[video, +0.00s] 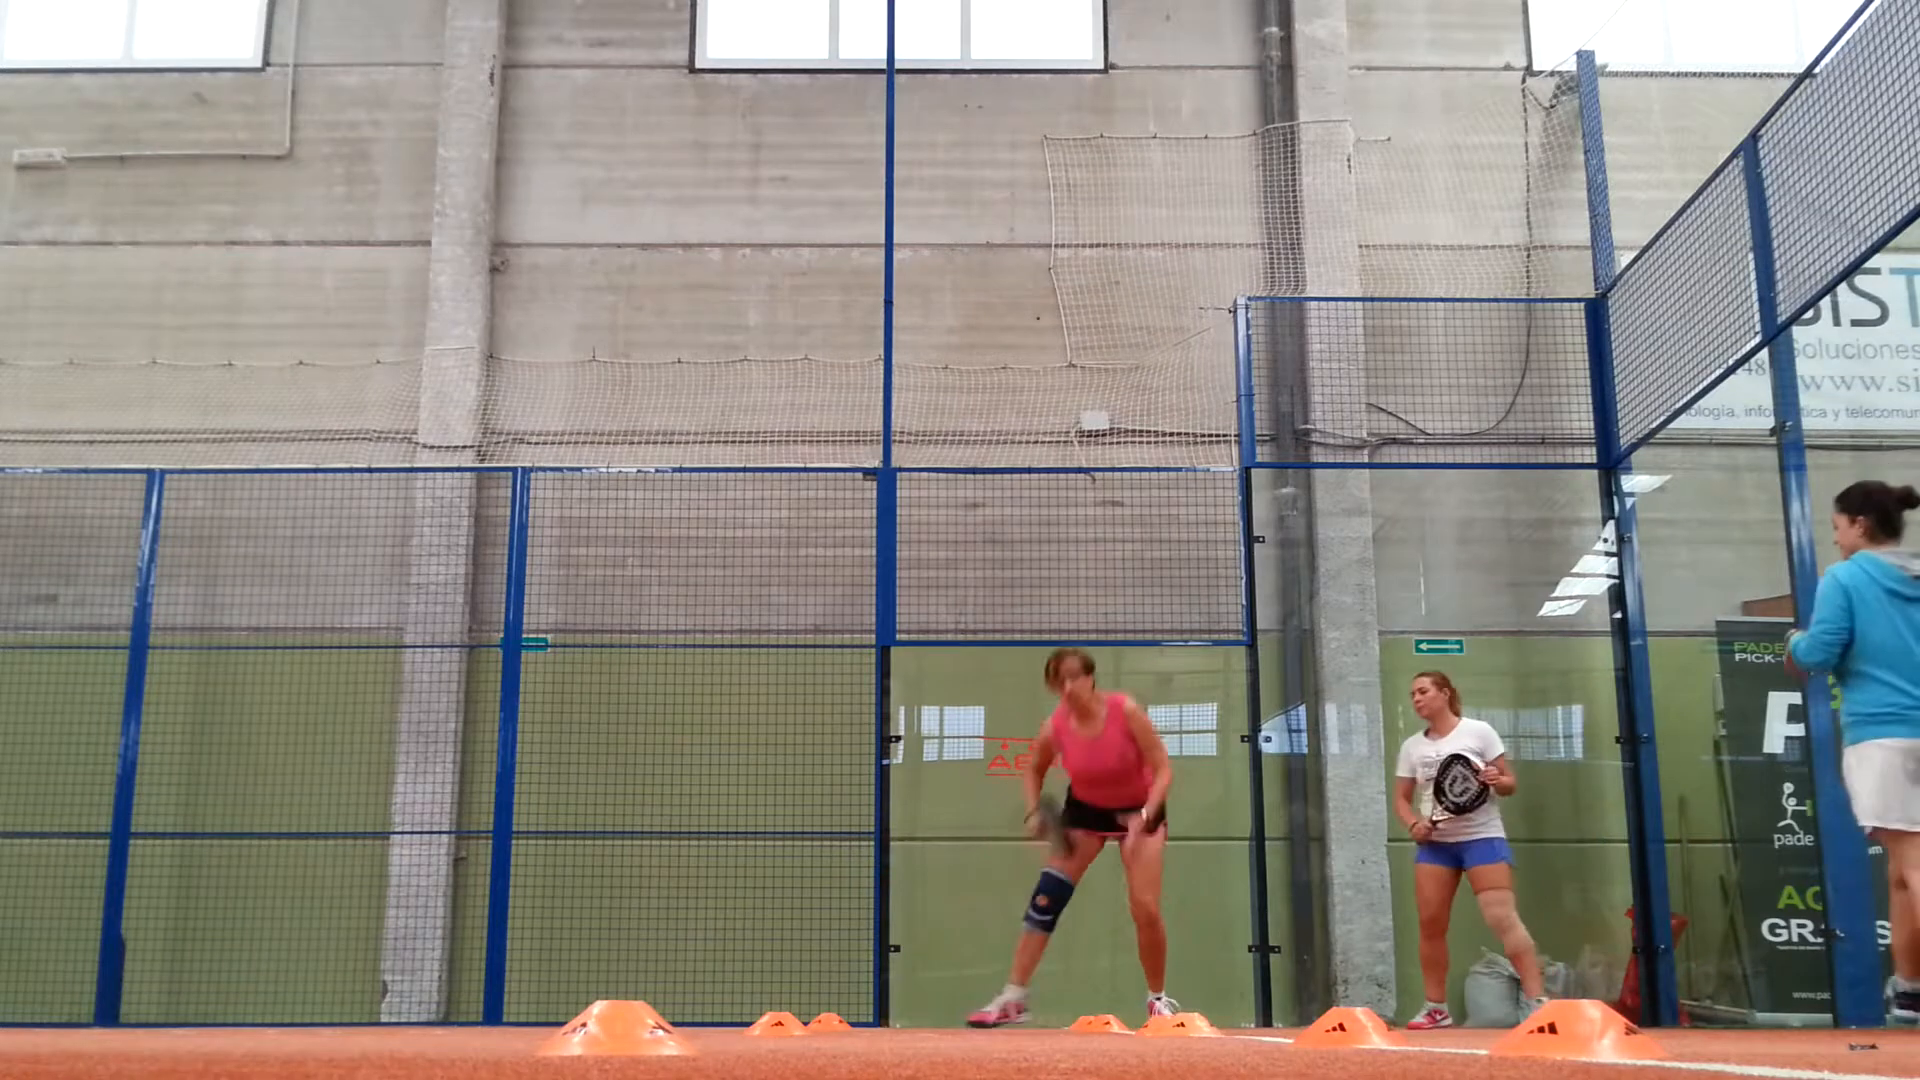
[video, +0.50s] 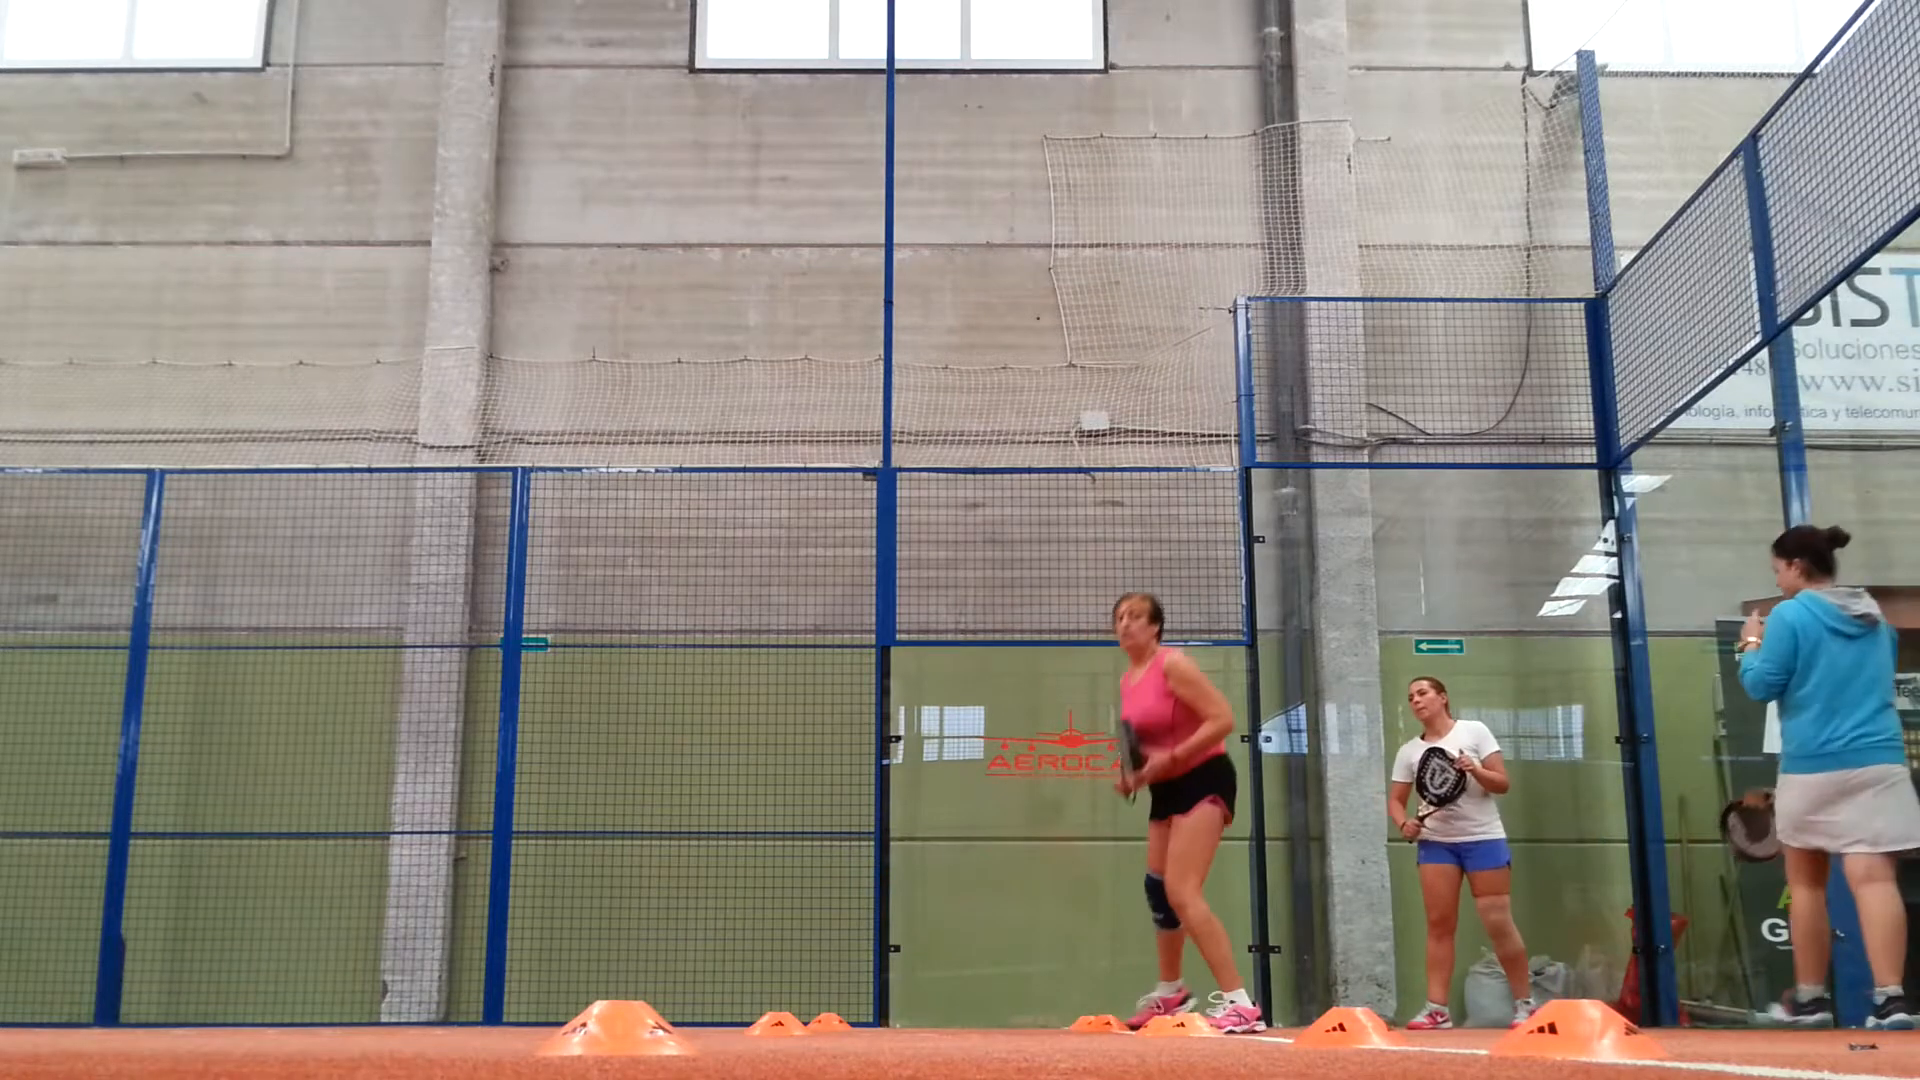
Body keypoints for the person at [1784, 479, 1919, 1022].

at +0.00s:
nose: (1835, 537)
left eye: (1837, 528)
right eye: (1834, 528)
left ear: (1859, 525)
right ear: (1883, 525)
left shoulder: (1846, 575)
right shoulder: (1911, 571)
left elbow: (1819, 656)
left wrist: (1792, 638)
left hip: (1886, 736)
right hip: (1914, 731)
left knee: (1907, 873)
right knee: (1904, 873)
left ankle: (1909, 990)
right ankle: (1907, 988)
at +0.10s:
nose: (1826, 547)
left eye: (1828, 538)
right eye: (1827, 539)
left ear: (1847, 539)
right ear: (1875, 540)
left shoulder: (1833, 591)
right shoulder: (1909, 586)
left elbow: (1817, 666)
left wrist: (1788, 659)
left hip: (1869, 746)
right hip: (1912, 742)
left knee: (1902, 871)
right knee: (1887, 875)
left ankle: (1909, 996)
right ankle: (1897, 999)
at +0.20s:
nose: (1816, 556)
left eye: (1818, 547)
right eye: (1818, 547)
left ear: (1835, 548)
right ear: (1867, 548)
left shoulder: (1822, 599)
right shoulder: (1907, 598)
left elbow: (1811, 672)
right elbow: (1905, 666)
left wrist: (1779, 668)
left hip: (1855, 759)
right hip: (1911, 755)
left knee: (1858, 874)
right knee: (1894, 878)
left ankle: (1917, 961)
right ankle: (1893, 1003)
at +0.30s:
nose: (1804, 560)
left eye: (1806, 551)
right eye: (1805, 551)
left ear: (1822, 551)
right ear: (1858, 550)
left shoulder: (1810, 602)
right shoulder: (1901, 603)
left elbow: (1798, 674)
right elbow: (1914, 673)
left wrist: (1768, 667)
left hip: (1842, 762)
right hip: (1906, 755)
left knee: (1823, 875)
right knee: (1892, 879)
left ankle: (1888, 939)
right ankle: (1897, 1004)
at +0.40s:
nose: (1789, 569)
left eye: (1791, 560)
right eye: (1789, 560)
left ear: (1808, 557)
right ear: (1844, 557)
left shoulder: (1799, 605)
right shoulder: (1895, 612)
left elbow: (1780, 678)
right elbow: (1911, 686)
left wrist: (1759, 655)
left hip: (1828, 759)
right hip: (1898, 753)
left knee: (1809, 868)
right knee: (1886, 875)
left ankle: (1850, 962)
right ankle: (1894, 1001)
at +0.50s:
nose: (1775, 578)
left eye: (1777, 570)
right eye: (1775, 570)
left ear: (1796, 567)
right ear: (1824, 567)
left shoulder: (1790, 614)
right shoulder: (1874, 616)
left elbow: (1761, 685)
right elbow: (1883, 682)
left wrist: (1749, 646)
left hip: (1811, 765)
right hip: (1878, 758)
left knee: (1805, 880)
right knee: (1876, 878)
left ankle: (1809, 998)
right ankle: (1891, 1000)